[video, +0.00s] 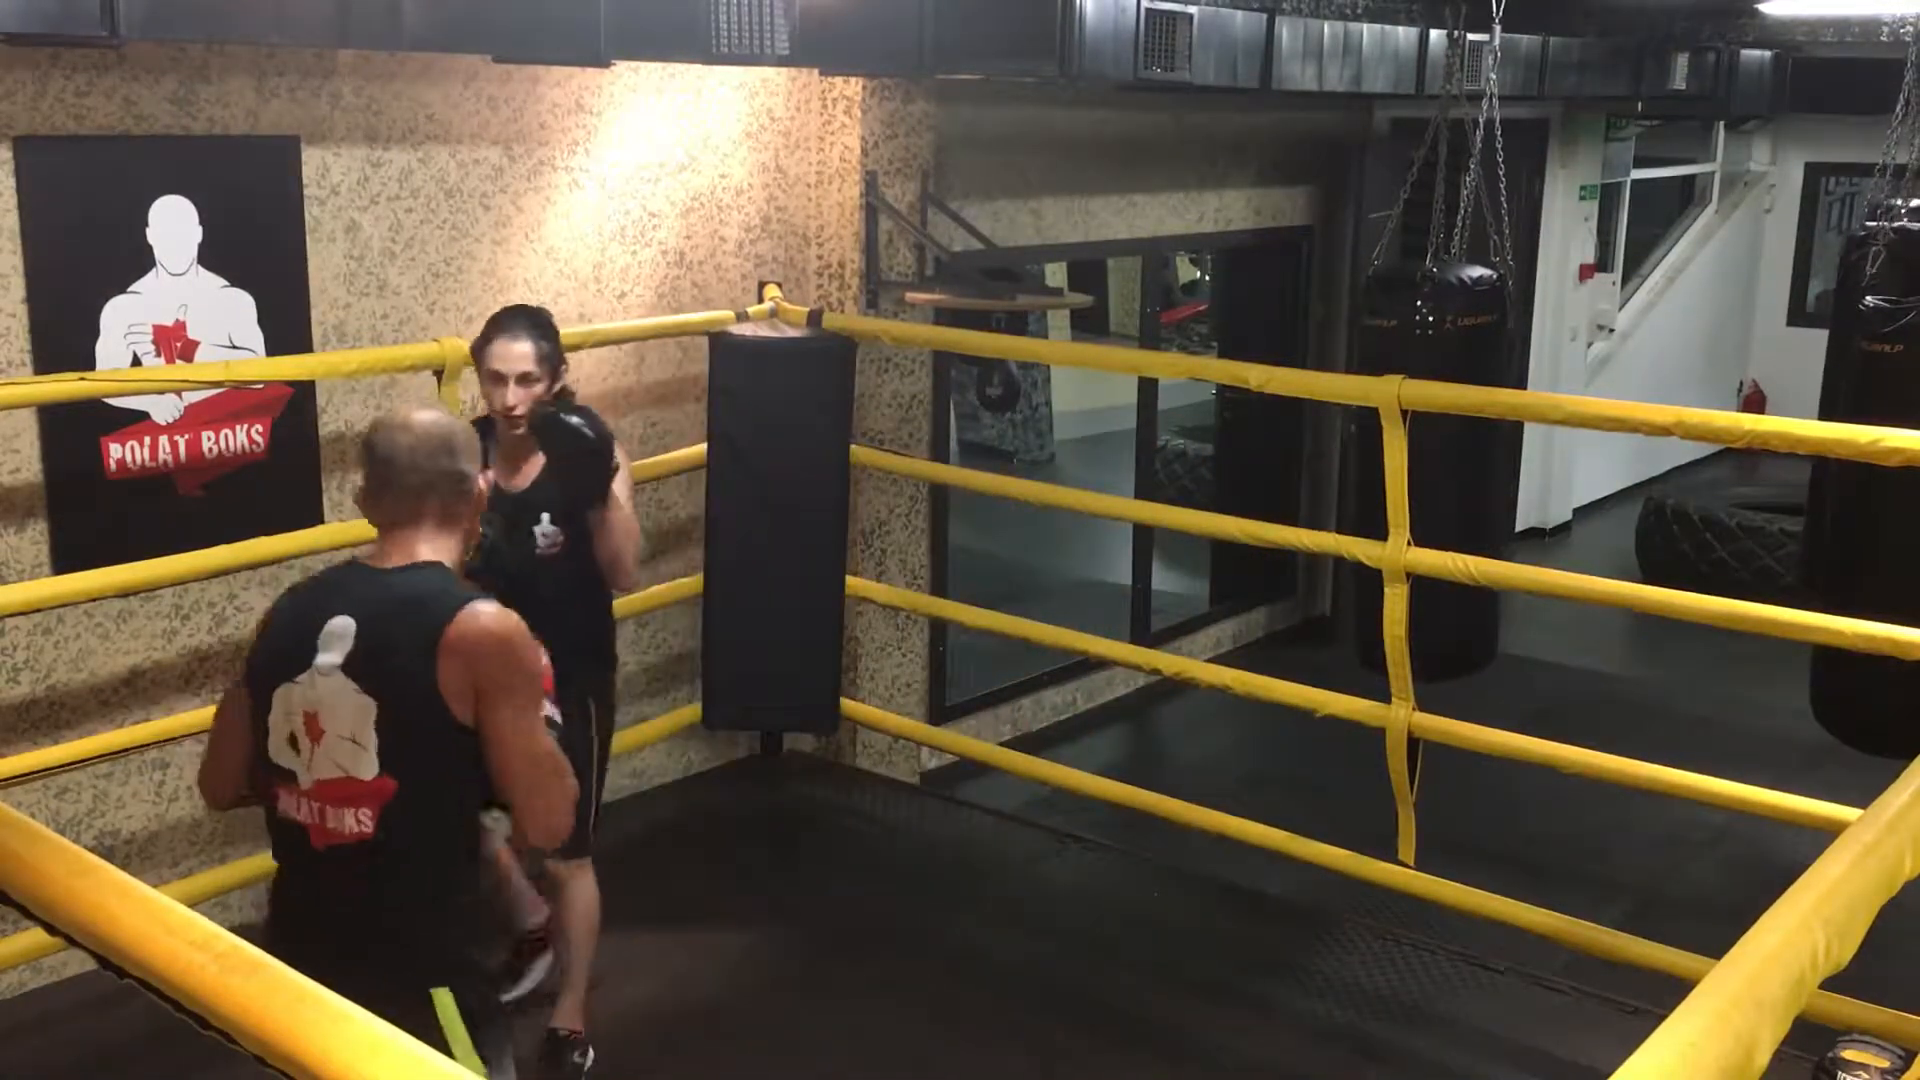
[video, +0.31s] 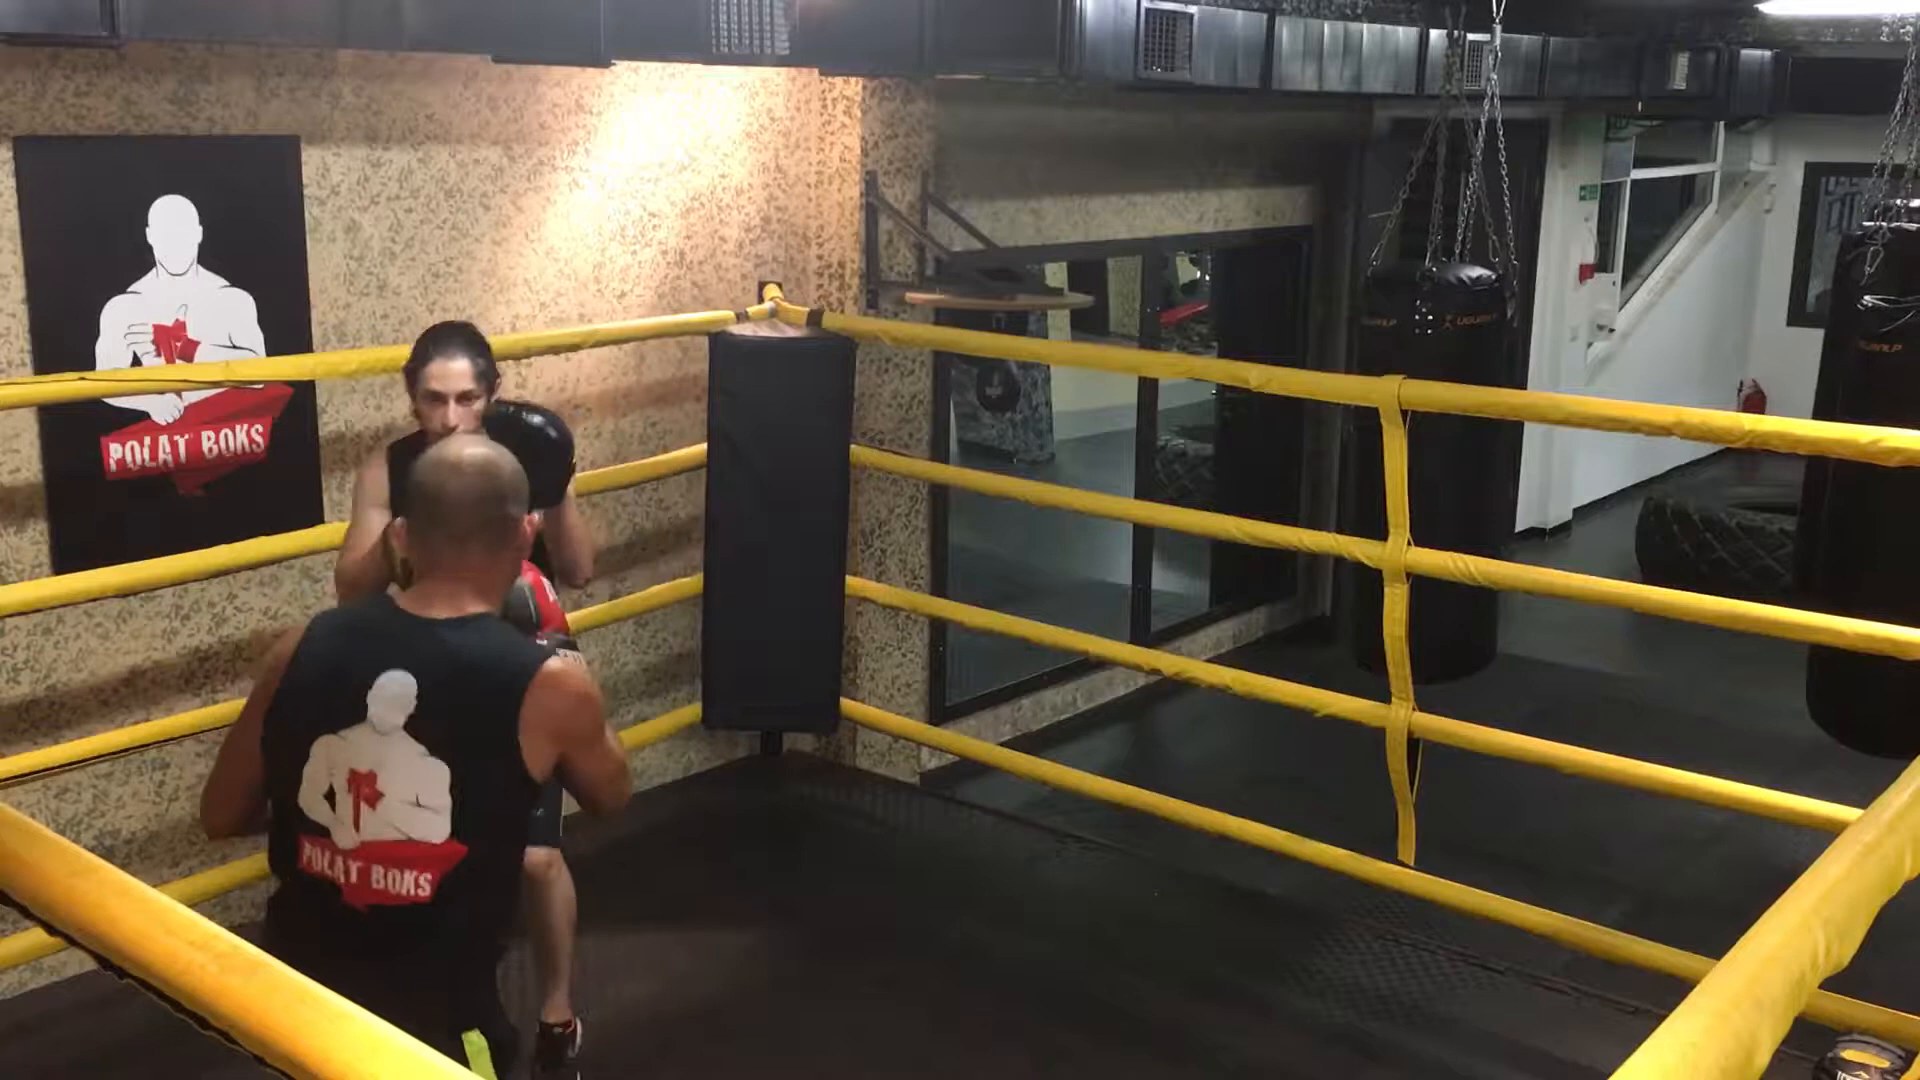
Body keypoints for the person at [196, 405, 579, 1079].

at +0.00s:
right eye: (485, 485)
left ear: (364, 502)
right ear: (479, 496)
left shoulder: (293, 612)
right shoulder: (486, 633)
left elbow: (221, 784)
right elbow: (549, 821)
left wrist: (337, 757)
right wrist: (531, 716)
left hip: (307, 954)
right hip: (436, 962)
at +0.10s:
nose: (515, 496)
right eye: (512, 486)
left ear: (386, 509)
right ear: (503, 503)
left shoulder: (305, 616)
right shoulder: (513, 648)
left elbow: (218, 797)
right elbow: (576, 814)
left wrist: (339, 751)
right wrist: (545, 669)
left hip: (304, 980)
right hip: (433, 988)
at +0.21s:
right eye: (527, 500)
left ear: (398, 507)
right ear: (518, 511)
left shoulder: (312, 619)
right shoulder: (538, 652)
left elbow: (215, 794)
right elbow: (594, 805)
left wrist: (341, 754)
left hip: (303, 980)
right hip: (441, 990)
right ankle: (567, 1016)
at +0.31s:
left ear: (400, 540)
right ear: (525, 537)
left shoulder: (308, 648)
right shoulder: (550, 684)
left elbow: (223, 813)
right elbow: (611, 795)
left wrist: (342, 785)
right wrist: (557, 661)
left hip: (300, 1001)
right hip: (444, 1016)